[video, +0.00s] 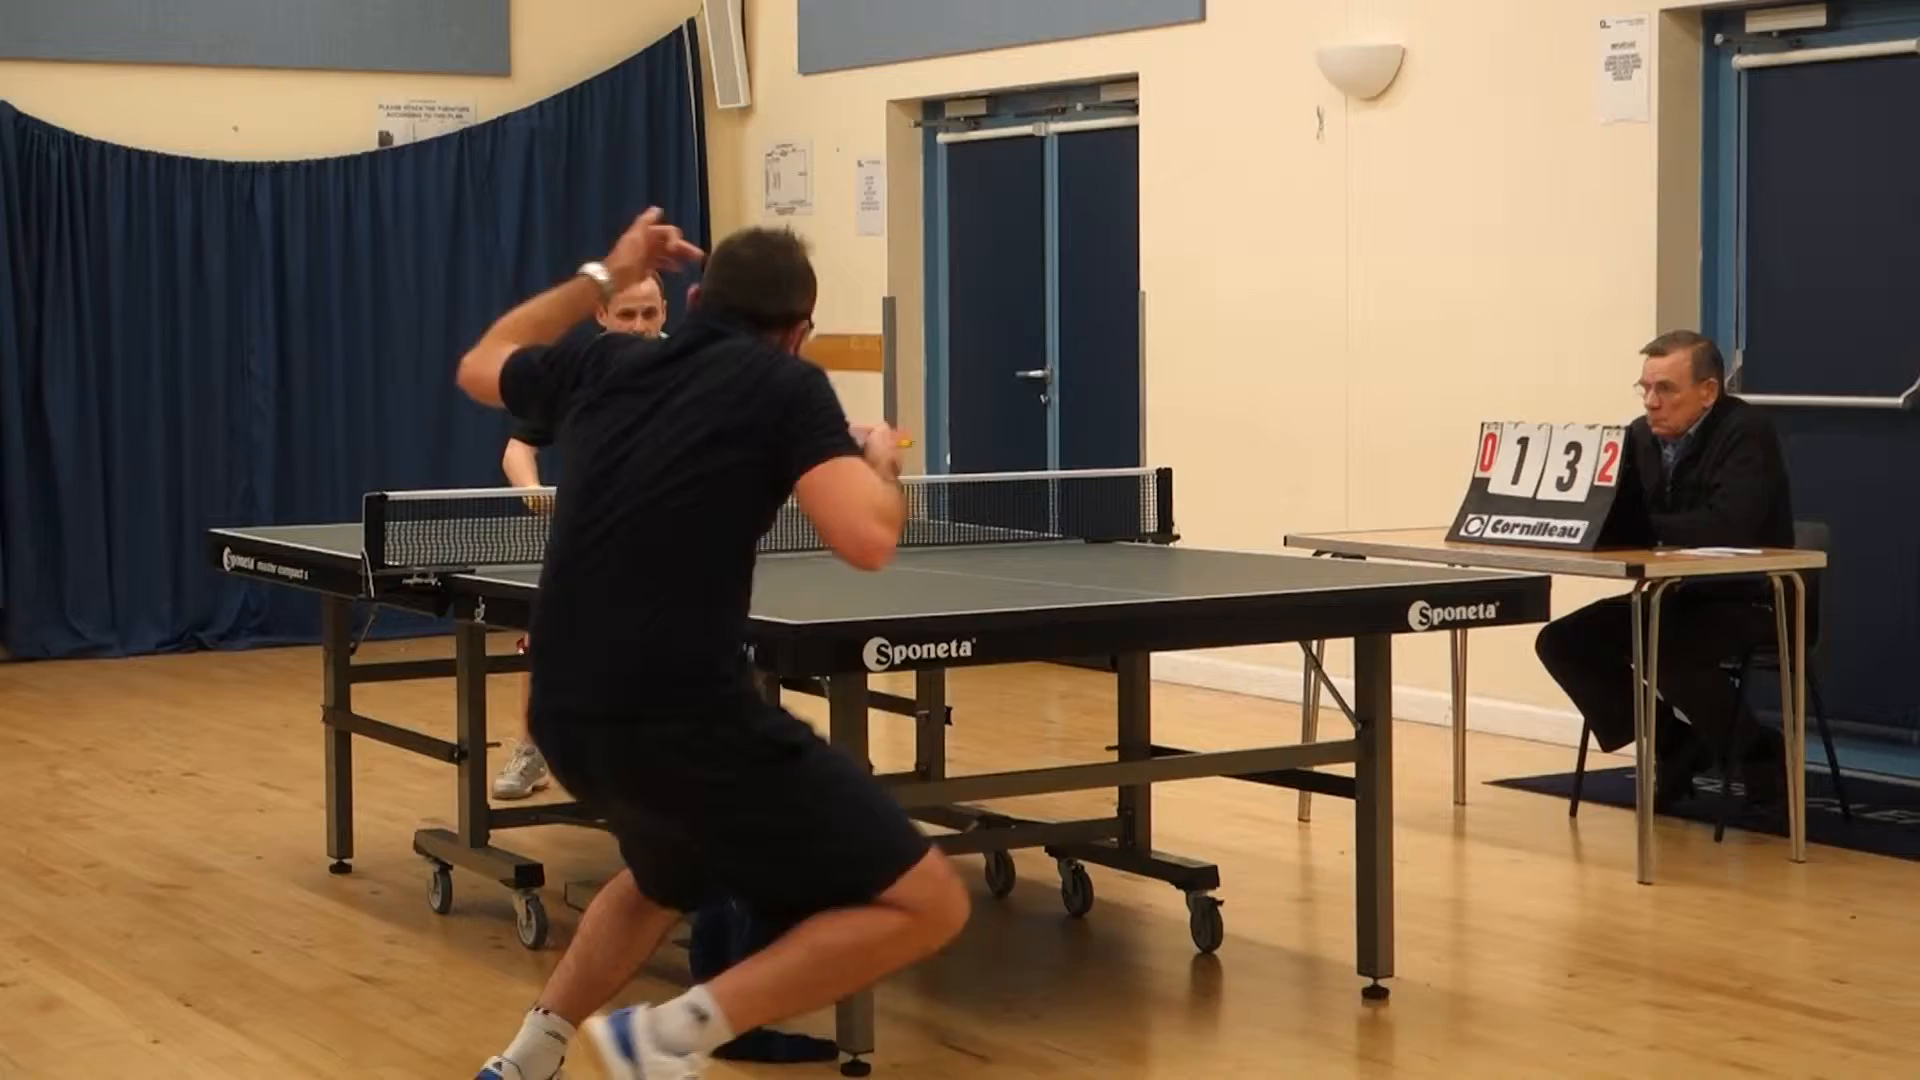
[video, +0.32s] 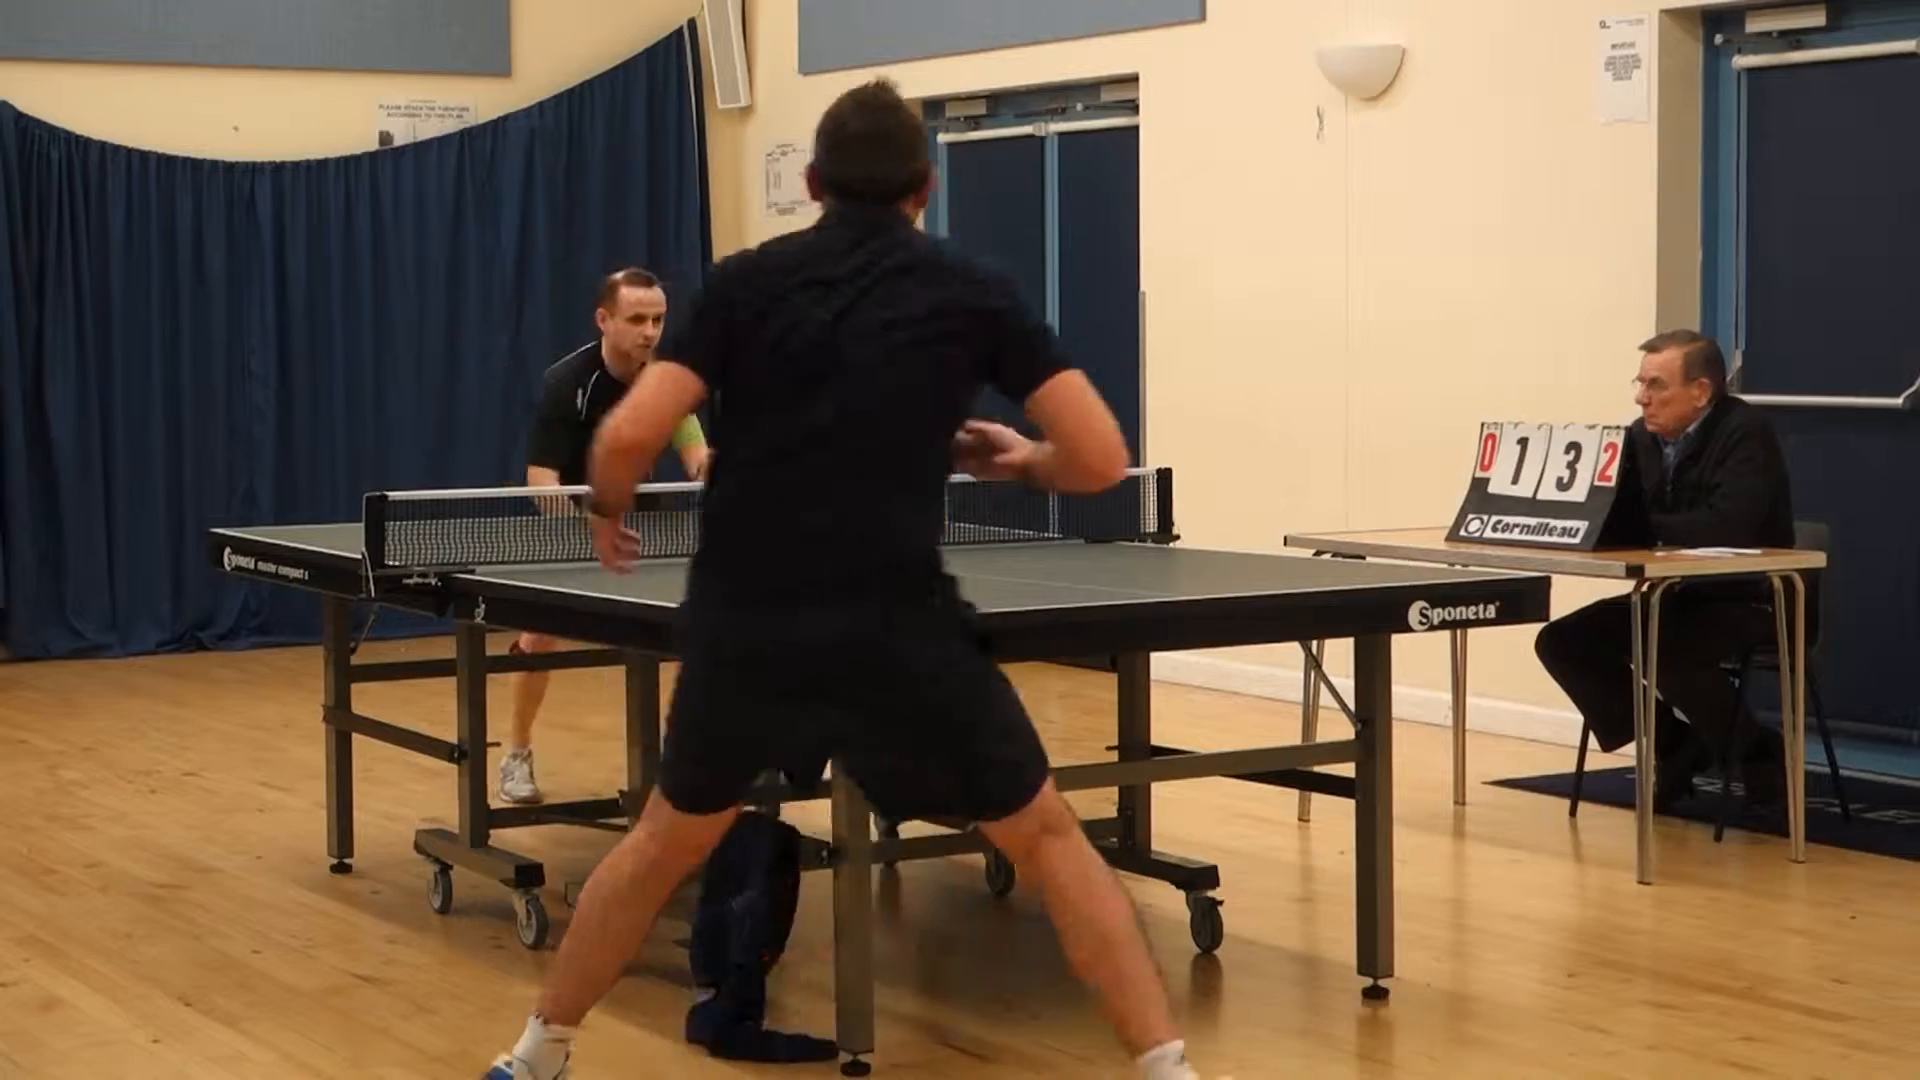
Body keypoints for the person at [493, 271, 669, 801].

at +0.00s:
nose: (641, 325)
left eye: (651, 313)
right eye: (628, 314)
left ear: (667, 312)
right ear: (602, 316)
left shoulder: (686, 370)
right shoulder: (582, 369)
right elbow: (518, 447)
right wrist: (532, 489)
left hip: (669, 540)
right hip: (588, 534)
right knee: (546, 633)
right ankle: (533, 747)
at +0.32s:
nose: (651, 331)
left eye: (658, 319)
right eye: (638, 320)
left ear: (665, 321)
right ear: (603, 321)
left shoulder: (667, 377)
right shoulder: (568, 380)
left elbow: (696, 455)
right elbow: (539, 477)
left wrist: (724, 480)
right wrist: (586, 523)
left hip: (645, 530)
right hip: (568, 530)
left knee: (697, 633)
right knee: (539, 636)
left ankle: (676, 754)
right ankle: (518, 751)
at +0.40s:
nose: (657, 327)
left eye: (664, 315)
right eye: (645, 315)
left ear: (669, 316)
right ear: (609, 315)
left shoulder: (668, 373)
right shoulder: (573, 378)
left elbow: (703, 450)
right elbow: (569, 481)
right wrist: (625, 527)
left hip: (648, 521)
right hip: (572, 525)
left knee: (719, 623)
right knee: (541, 636)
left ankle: (741, 748)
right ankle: (518, 754)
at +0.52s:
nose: (678, 320)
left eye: (684, 309)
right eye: (667, 309)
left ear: (687, 311)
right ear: (630, 308)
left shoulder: (676, 368)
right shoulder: (598, 372)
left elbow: (721, 435)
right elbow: (621, 473)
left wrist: (749, 423)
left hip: (648, 517)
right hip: (580, 523)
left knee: (720, 594)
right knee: (559, 637)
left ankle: (722, 720)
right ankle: (519, 753)